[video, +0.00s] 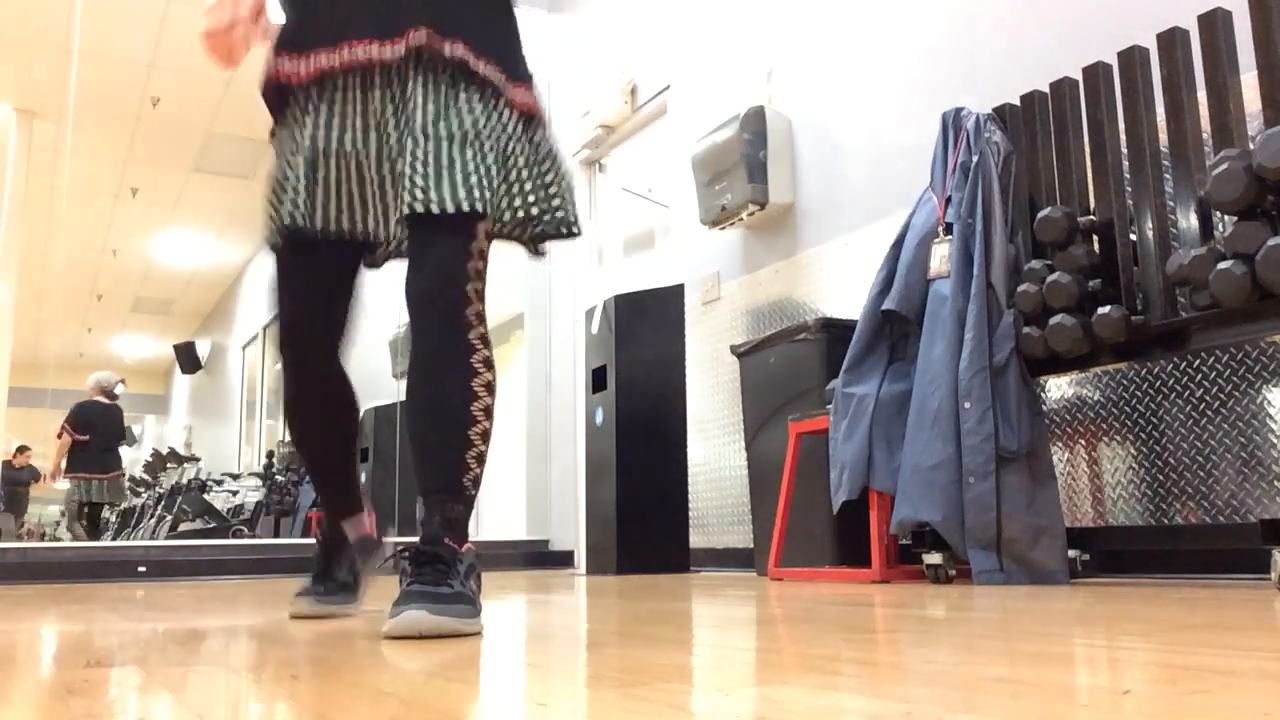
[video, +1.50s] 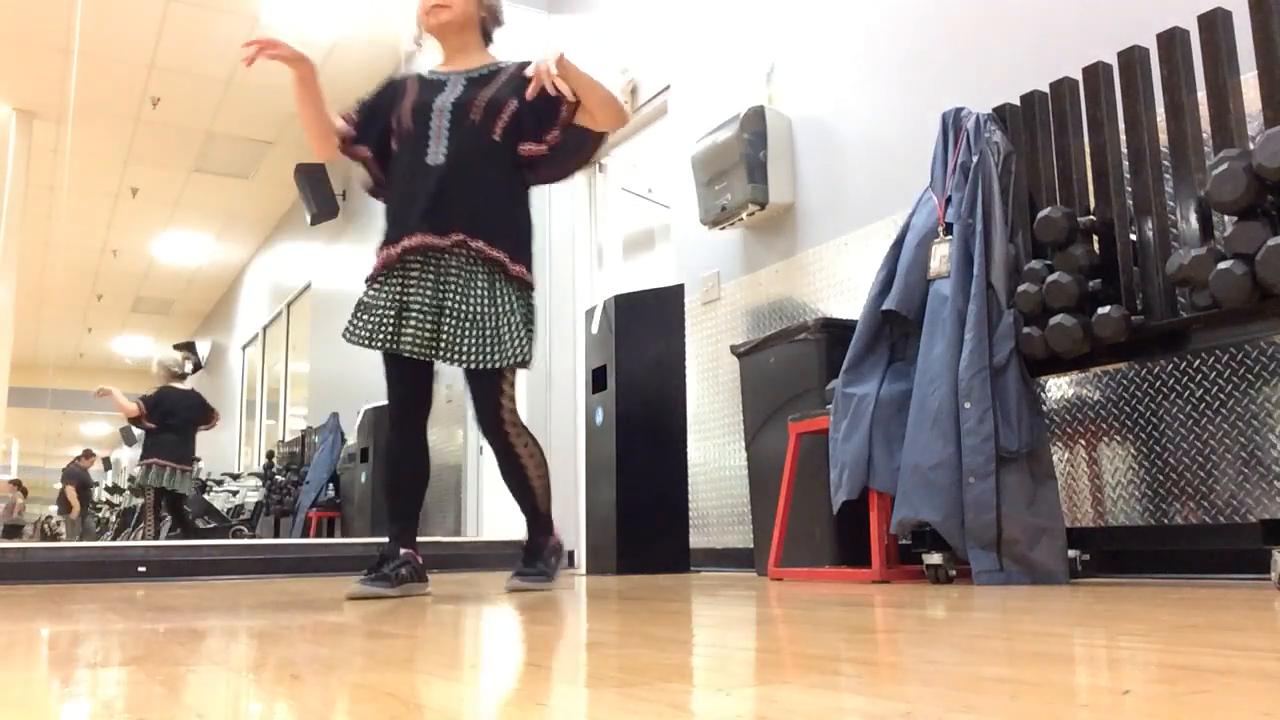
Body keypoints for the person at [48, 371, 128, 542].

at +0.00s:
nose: (88, 388)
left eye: (90, 386)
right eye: (89, 386)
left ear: (93, 387)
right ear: (111, 389)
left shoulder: (81, 408)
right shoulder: (116, 410)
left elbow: (66, 439)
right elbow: (120, 439)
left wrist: (56, 464)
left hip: (81, 476)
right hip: (108, 475)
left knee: (73, 521)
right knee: (94, 521)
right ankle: (95, 558)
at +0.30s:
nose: (96, 384)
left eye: (98, 381)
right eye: (98, 381)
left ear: (103, 382)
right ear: (121, 384)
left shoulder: (92, 403)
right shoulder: (130, 405)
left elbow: (76, 432)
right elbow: (134, 434)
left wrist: (68, 458)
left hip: (96, 470)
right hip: (124, 470)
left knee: (91, 514)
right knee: (111, 513)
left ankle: (96, 553)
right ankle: (112, 553)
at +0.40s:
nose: (104, 380)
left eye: (106, 377)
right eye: (105, 377)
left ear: (111, 379)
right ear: (128, 380)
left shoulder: (100, 401)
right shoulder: (137, 403)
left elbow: (87, 432)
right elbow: (141, 432)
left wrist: (74, 458)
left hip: (102, 470)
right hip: (131, 469)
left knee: (96, 513)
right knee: (123, 512)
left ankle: (100, 551)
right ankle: (130, 551)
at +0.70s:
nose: (123, 380)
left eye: (125, 376)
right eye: (125, 375)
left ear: (130, 379)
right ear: (147, 381)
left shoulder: (125, 401)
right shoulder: (155, 402)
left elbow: (121, 431)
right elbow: (161, 435)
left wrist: (100, 455)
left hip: (129, 470)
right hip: (158, 469)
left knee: (113, 515)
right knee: (151, 514)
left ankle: (109, 558)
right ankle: (155, 558)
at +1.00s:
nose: (134, 375)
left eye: (136, 371)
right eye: (135, 370)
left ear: (141, 373)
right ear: (160, 375)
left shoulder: (138, 396)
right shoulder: (167, 397)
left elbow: (127, 430)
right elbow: (182, 431)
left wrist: (97, 441)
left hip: (139, 467)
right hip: (166, 467)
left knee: (129, 511)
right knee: (154, 514)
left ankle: (139, 548)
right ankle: (155, 555)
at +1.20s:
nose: (139, 375)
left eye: (140, 372)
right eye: (140, 372)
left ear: (145, 374)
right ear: (166, 375)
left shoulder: (139, 395)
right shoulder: (175, 397)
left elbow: (118, 424)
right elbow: (191, 428)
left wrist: (91, 413)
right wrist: (201, 433)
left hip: (144, 467)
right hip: (172, 466)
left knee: (139, 515)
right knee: (157, 514)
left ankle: (147, 559)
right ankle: (163, 556)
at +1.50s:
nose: (156, 372)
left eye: (158, 369)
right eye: (157, 368)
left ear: (164, 371)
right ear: (182, 372)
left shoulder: (162, 394)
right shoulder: (195, 397)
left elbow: (132, 410)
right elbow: (213, 419)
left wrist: (113, 392)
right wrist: (190, 426)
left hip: (156, 462)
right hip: (183, 463)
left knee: (151, 510)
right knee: (177, 509)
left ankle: (147, 555)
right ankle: (195, 544)